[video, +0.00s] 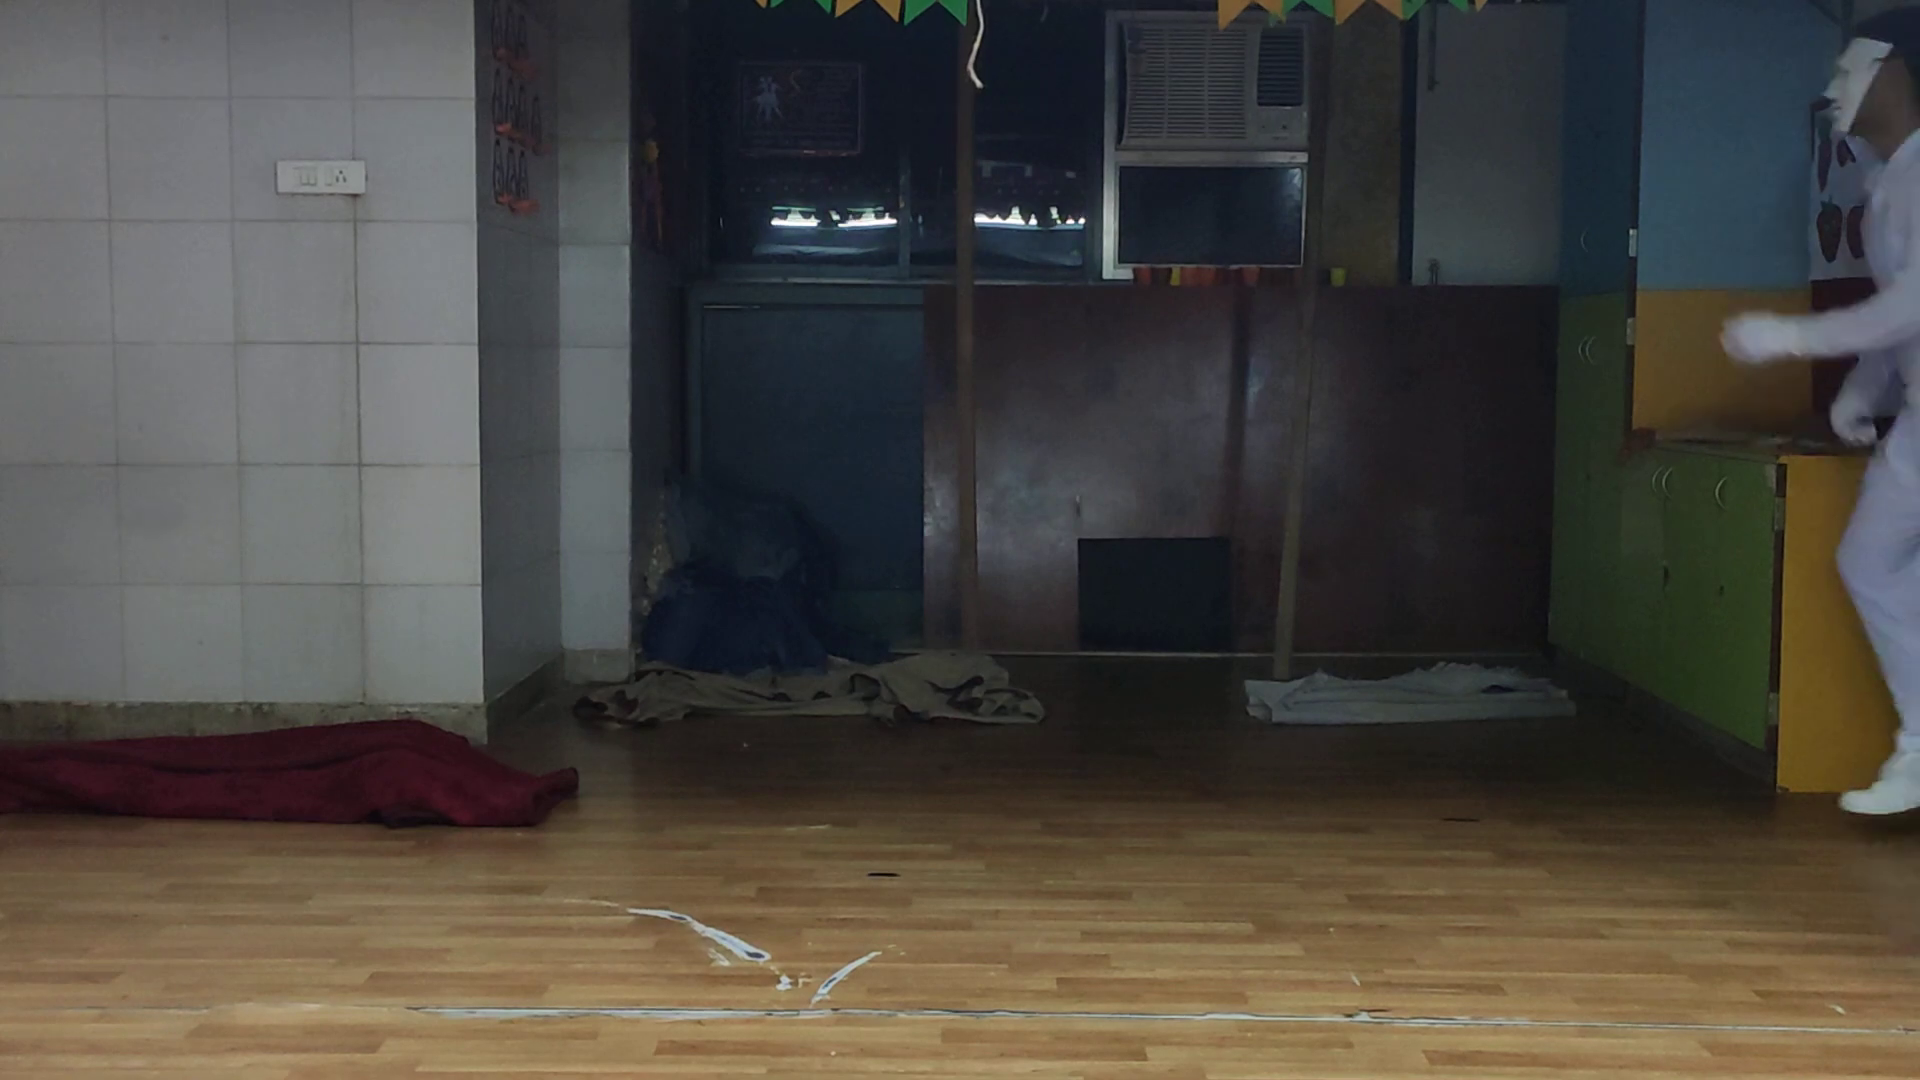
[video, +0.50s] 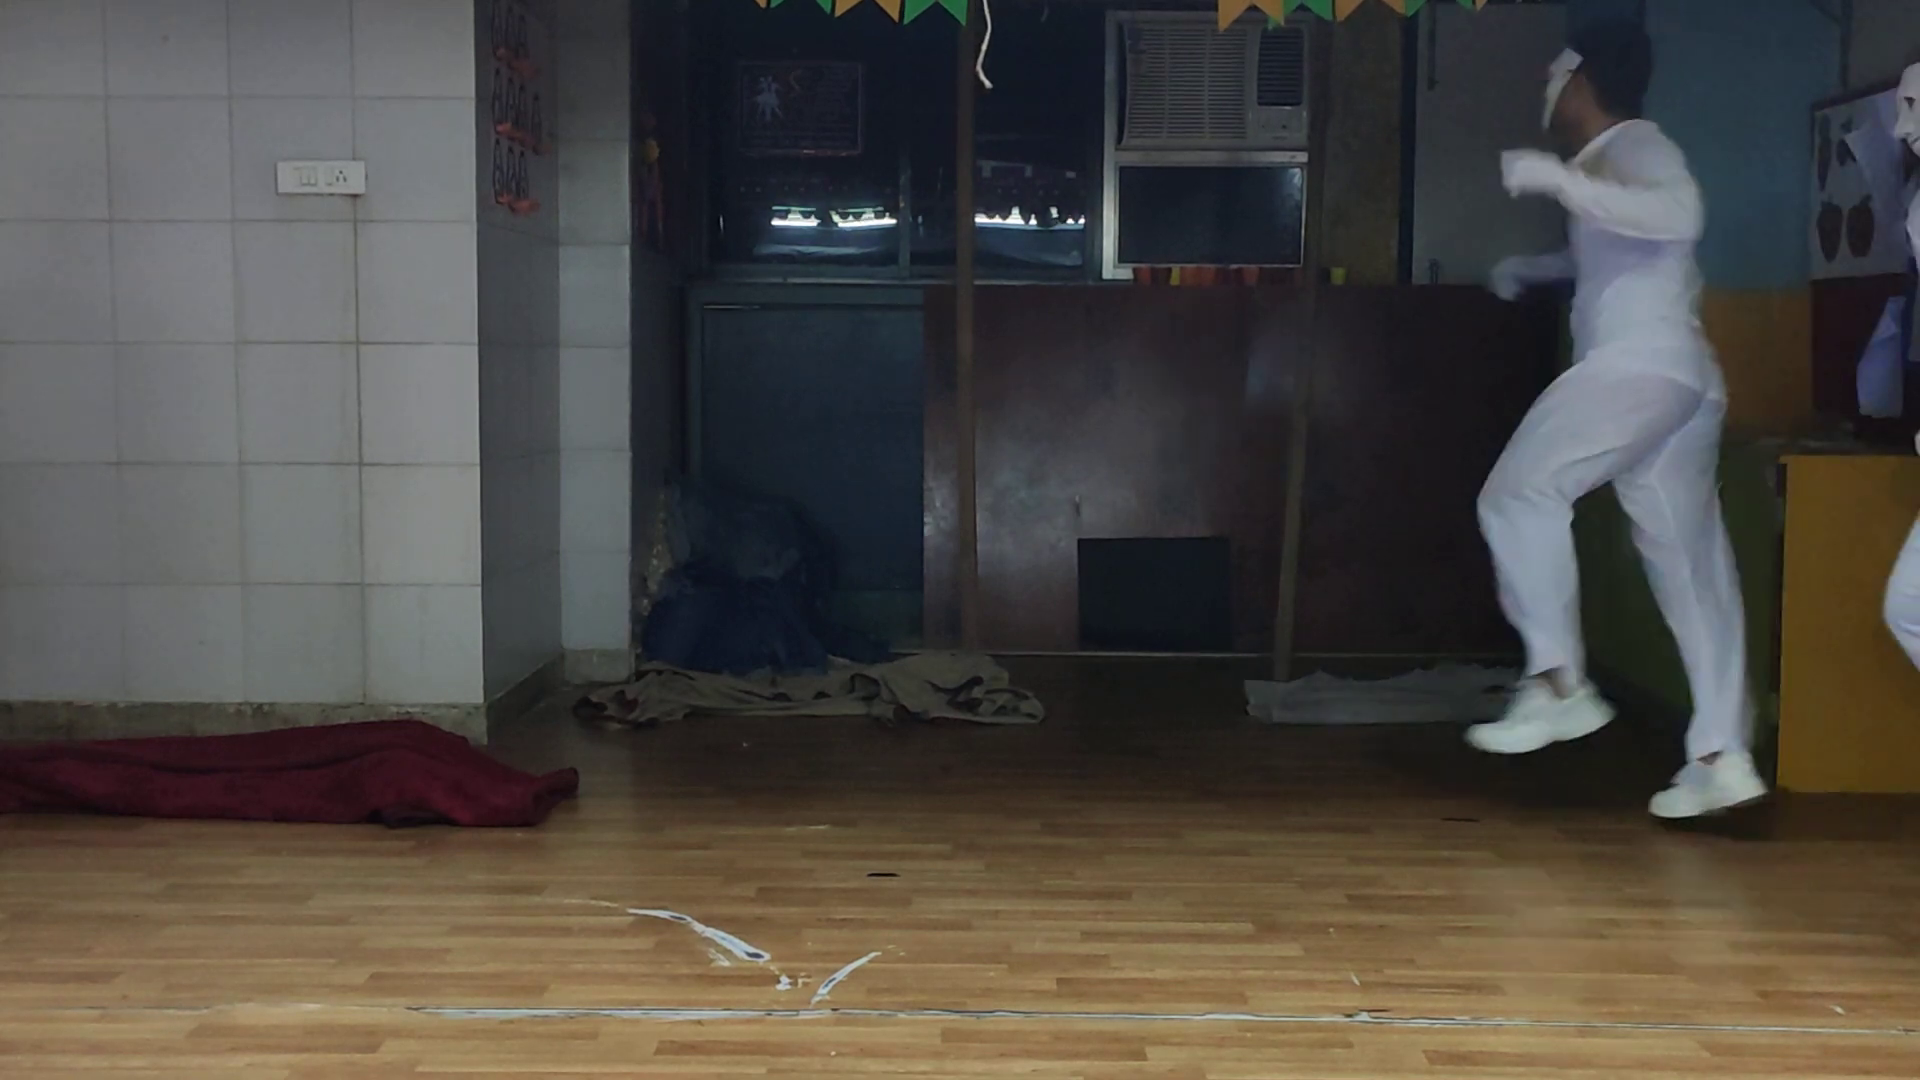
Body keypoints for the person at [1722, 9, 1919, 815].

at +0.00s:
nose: (1842, 107)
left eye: (1851, 90)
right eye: (1842, 93)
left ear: (1887, 86)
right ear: (1883, 93)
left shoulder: (1916, 174)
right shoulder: (1889, 180)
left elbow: (1910, 306)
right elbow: (1901, 308)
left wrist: (1791, 335)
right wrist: (1864, 385)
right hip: (1909, 412)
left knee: (1871, 558)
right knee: (1874, 559)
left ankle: (1916, 741)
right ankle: (1915, 742)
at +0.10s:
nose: (1788, 104)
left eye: (1798, 86)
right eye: (1789, 86)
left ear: (1838, 88)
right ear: (1846, 92)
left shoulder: (1886, 159)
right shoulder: (1847, 175)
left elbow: (1859, 248)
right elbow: (1875, 295)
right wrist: (1810, 323)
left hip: (1909, 429)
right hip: (1875, 433)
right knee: (1840, 584)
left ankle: (1842, 778)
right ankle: (1841, 778)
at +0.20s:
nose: (1735, 128)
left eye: (1746, 111)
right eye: (1739, 112)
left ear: (1780, 112)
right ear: (1795, 119)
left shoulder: (1827, 175)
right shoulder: (1800, 202)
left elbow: (1774, 208)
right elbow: (1819, 307)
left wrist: (1687, 223)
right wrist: (1742, 314)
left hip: (1868, 433)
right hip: (1812, 443)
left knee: (1884, 604)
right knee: (1783, 603)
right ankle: (1819, 787)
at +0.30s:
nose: (1677, 129)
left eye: (1689, 115)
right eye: (1682, 115)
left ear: (1720, 119)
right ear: (1730, 124)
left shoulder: (1751, 174)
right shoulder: (1727, 204)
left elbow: (1789, 223)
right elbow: (1747, 340)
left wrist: (1685, 302)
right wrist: (1674, 369)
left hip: (1792, 421)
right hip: (1774, 425)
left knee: (1702, 577)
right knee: (1770, 607)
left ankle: (1883, 678)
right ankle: (1816, 790)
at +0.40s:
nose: (1612, 91)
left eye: (1623, 76)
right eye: (1619, 77)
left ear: (1651, 84)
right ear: (1661, 89)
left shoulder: (1696, 152)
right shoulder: (1664, 168)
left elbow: (1758, 233)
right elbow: (1696, 279)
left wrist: (1650, 299)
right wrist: (1638, 342)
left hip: (1711, 371)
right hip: (1725, 381)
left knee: (1577, 500)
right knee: (1750, 576)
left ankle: (1719, 625)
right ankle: (1801, 767)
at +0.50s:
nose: (1552, 93)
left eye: (1561, 77)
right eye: (1554, 79)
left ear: (1591, 82)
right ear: (1607, 85)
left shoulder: (1635, 143)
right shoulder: (1609, 164)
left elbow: (1679, 214)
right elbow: (1617, 254)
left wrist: (1563, 180)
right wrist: (1540, 270)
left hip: (1639, 365)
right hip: (1675, 377)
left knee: (1519, 494)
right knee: (1691, 565)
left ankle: (1559, 685)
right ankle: (1722, 756)